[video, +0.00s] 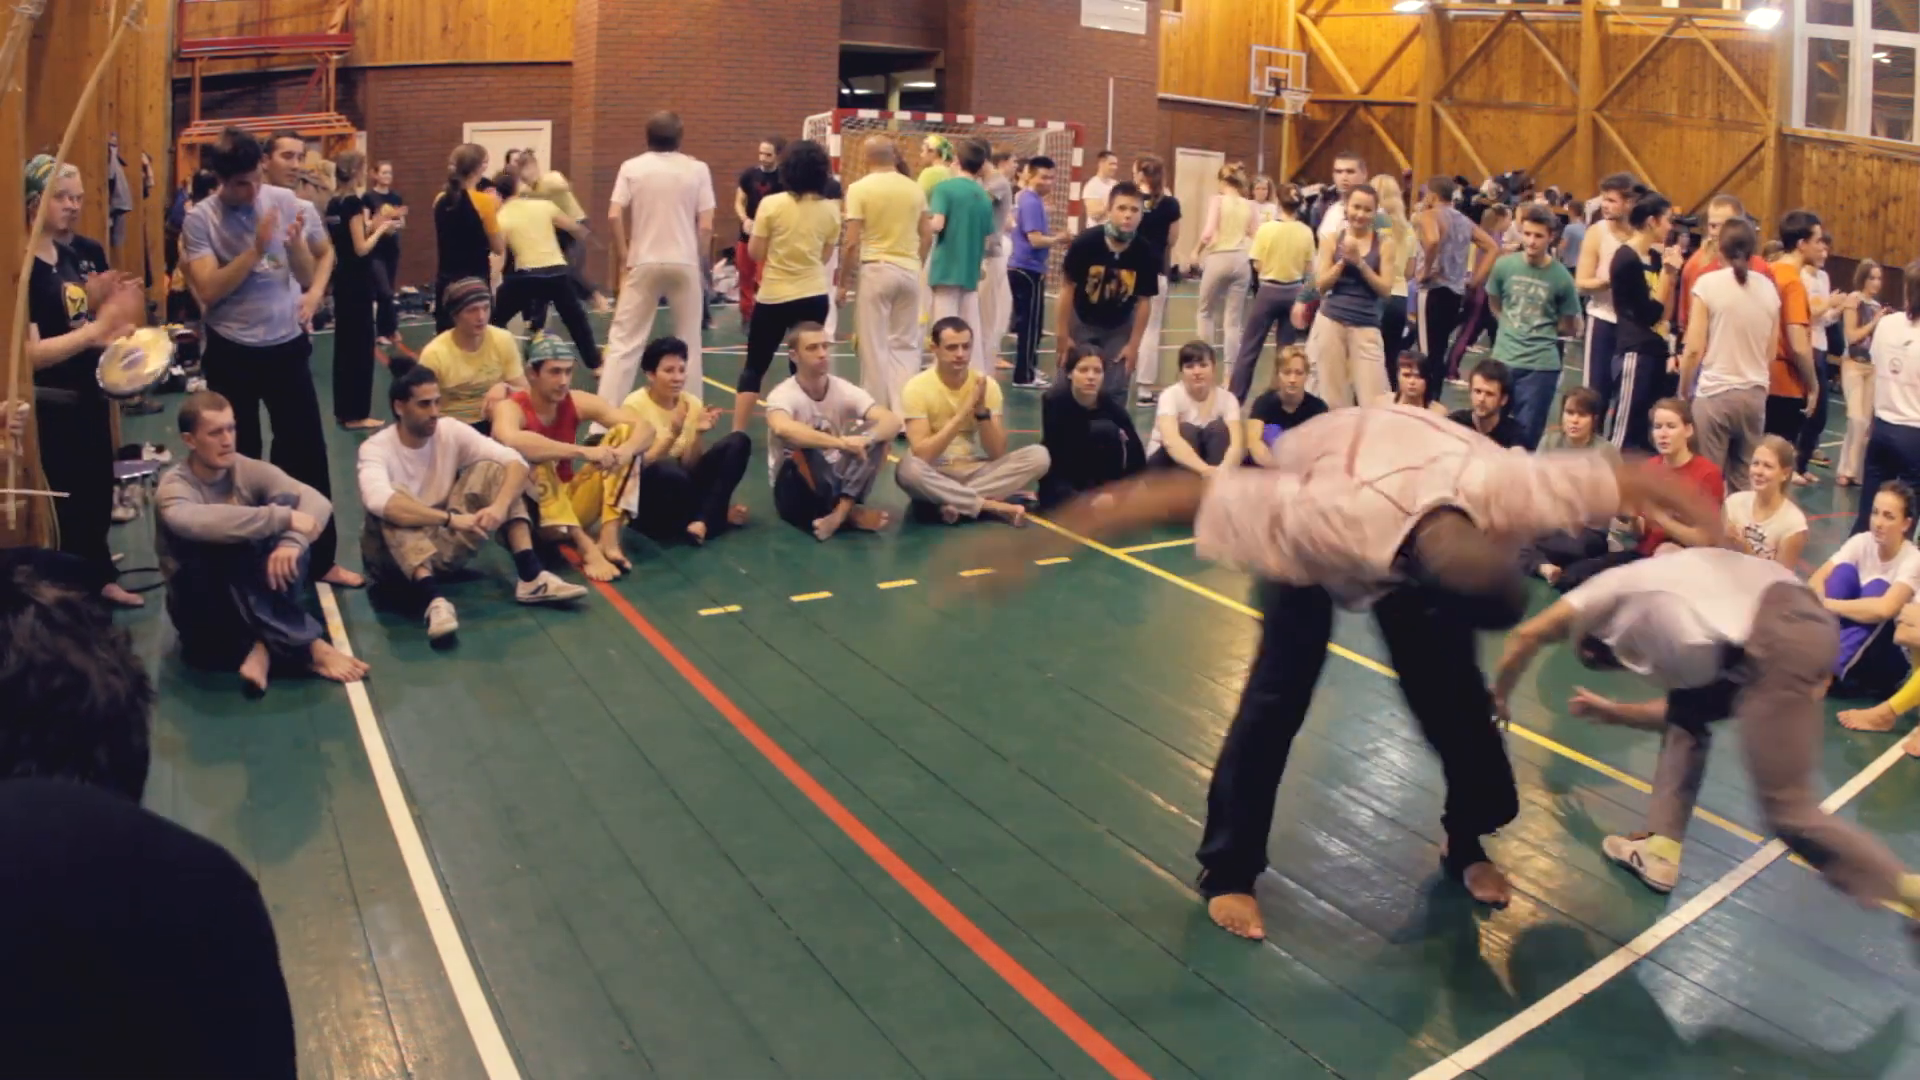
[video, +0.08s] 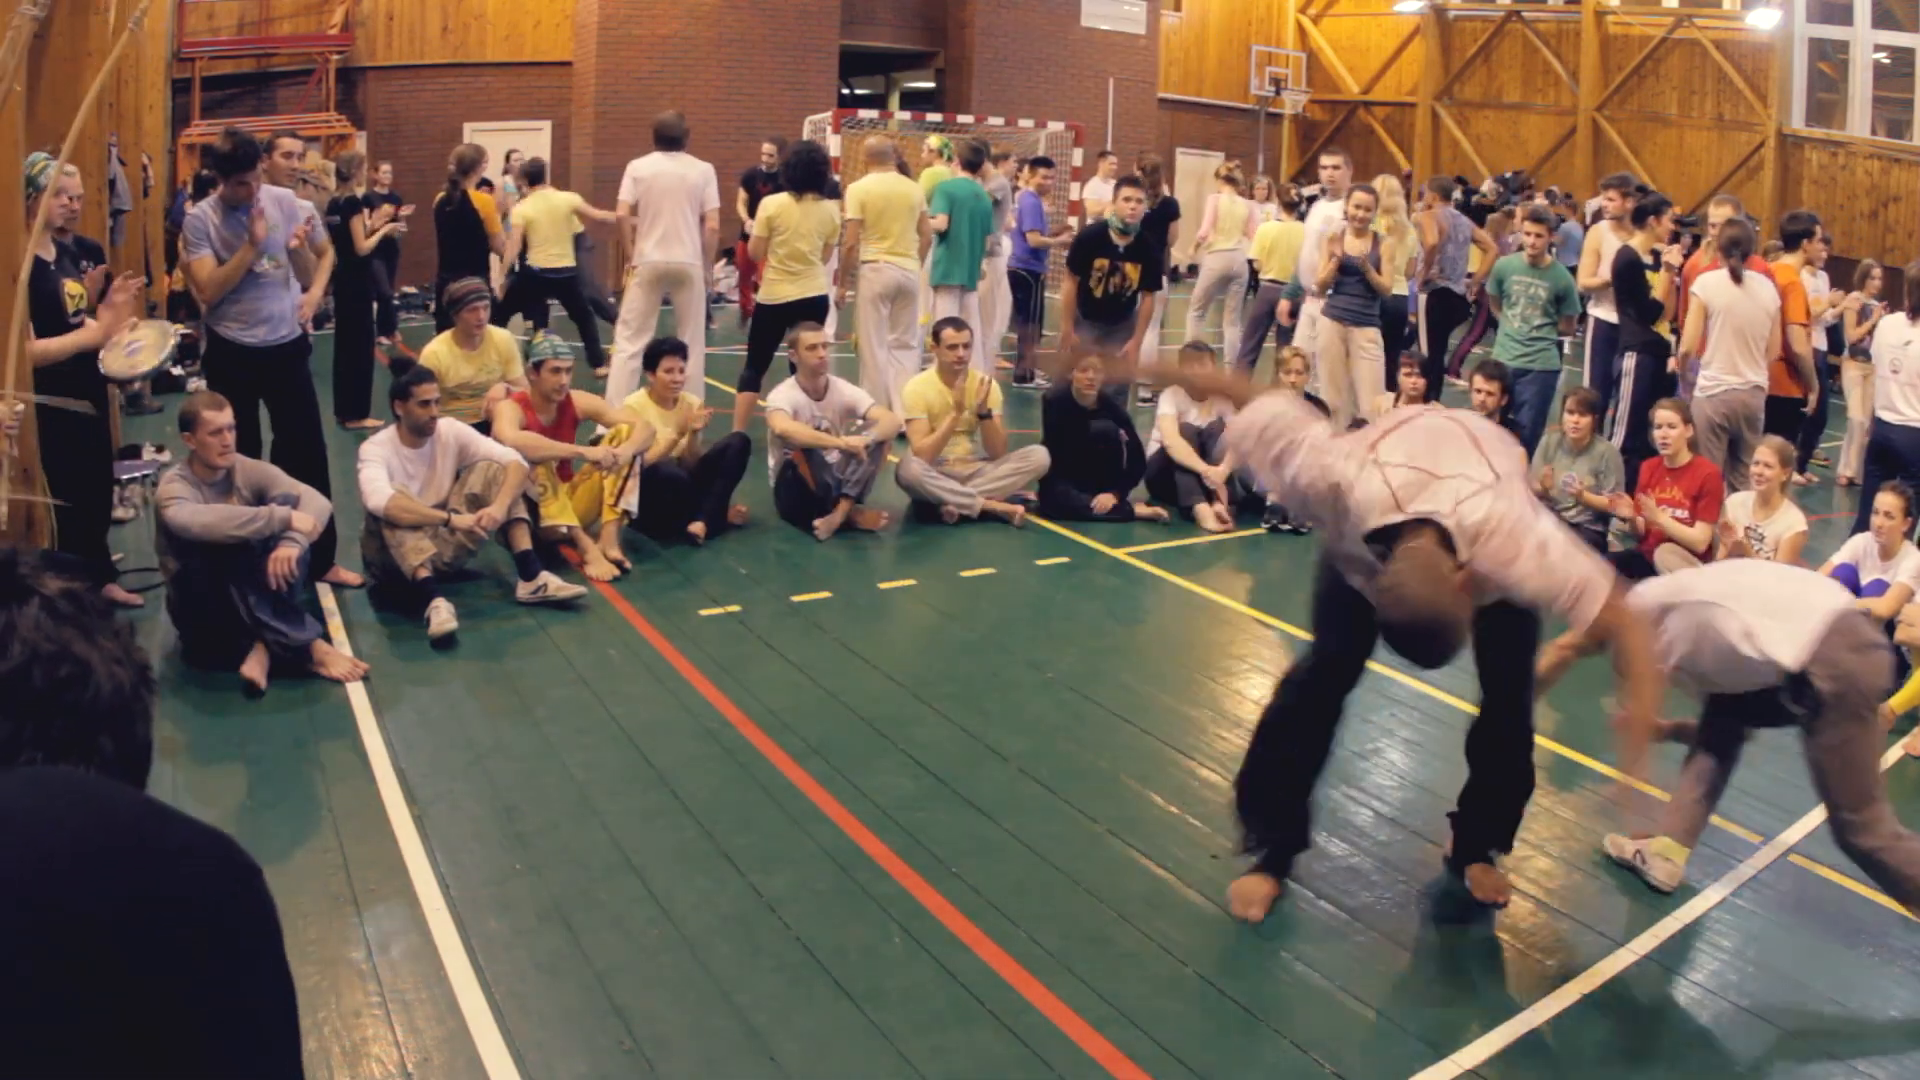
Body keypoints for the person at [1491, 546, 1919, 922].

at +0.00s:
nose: (1594, 658)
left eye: (1588, 653)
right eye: (1596, 655)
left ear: (1589, 636)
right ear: (1617, 645)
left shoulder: (1607, 588)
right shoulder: (1680, 625)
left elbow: (1529, 637)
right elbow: (1683, 710)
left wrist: (1499, 691)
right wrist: (1609, 711)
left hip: (1781, 625)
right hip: (1803, 622)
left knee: (1788, 811)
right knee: (1687, 716)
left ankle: (1907, 893)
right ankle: (1661, 850)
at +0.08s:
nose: (1577, 628)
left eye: (1577, 614)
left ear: (1595, 602)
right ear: (1624, 583)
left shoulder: (1632, 607)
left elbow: (1639, 710)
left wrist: (1626, 783)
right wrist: (1671, 729)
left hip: (1839, 660)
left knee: (1863, 826)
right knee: (1728, 711)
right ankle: (1667, 851)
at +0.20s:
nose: (1678, 673)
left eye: (1677, 670)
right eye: (1682, 675)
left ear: (1682, 655)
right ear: (1709, 678)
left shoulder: (1719, 612)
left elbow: (1624, 650)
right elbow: (1781, 734)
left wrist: (1553, 690)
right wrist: (1737, 776)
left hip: (1907, 711)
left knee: (1897, 876)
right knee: (1779, 727)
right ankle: (1698, 864)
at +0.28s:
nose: (1709, 682)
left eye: (1704, 676)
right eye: (1709, 686)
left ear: (1709, 654)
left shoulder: (1753, 615)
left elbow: (1650, 643)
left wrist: (1582, 683)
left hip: (1913, 728)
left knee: (1895, 887)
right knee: (1798, 741)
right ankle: (1703, 864)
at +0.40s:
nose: (1731, 684)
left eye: (1724, 675)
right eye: (1732, 690)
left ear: (1730, 656)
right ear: (1758, 696)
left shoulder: (1774, 624)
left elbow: (1676, 646)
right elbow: (1862, 783)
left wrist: (1605, 675)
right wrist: (1811, 841)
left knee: (1893, 891)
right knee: (1810, 756)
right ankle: (1711, 864)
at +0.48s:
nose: (1735, 670)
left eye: (1733, 659)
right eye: (1733, 666)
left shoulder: (1782, 620)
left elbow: (1695, 641)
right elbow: (1860, 776)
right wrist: (1813, 836)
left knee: (1888, 891)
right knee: (1812, 757)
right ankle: (1703, 866)